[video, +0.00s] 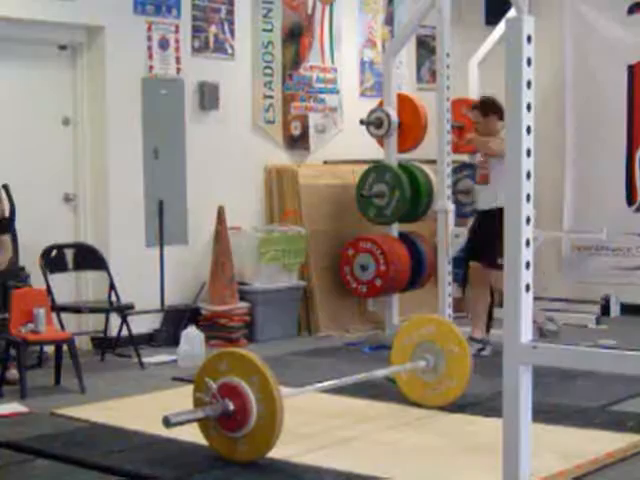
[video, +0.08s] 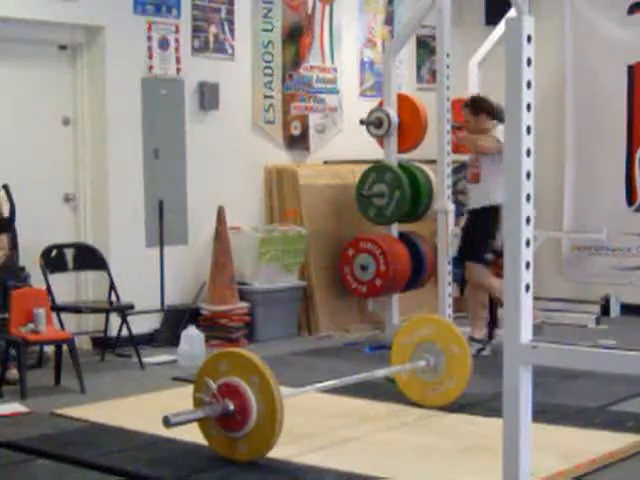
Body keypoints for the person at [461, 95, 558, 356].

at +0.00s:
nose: (474, 126)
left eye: (478, 120)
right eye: (474, 121)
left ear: (494, 119)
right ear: (490, 121)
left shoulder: (509, 142)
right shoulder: (487, 145)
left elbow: (493, 147)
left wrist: (473, 139)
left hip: (503, 211)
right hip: (484, 212)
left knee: (497, 276)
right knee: (477, 274)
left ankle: (537, 320)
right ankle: (478, 334)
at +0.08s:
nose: (466, 123)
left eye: (469, 118)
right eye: (466, 118)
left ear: (483, 117)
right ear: (483, 119)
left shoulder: (497, 138)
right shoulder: (481, 143)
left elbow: (485, 146)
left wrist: (465, 136)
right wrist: (466, 214)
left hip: (491, 206)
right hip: (477, 208)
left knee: (473, 268)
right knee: (475, 273)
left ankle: (515, 303)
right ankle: (478, 331)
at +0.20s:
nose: (450, 125)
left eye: (452, 120)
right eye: (449, 121)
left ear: (466, 116)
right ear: (465, 117)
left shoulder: (488, 133)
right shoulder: (471, 136)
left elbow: (471, 143)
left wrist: (451, 137)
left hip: (482, 202)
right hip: (465, 203)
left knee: (455, 266)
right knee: (472, 272)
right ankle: (480, 330)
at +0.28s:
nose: (447, 125)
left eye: (448, 120)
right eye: (445, 121)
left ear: (461, 116)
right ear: (460, 116)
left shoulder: (485, 133)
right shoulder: (465, 137)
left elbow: (470, 142)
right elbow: (454, 175)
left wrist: (448, 137)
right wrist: (456, 144)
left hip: (478, 202)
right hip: (460, 203)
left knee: (451, 268)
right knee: (472, 274)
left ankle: (469, 328)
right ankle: (479, 334)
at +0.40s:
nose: (434, 127)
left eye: (435, 122)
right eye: (433, 123)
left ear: (447, 117)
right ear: (447, 117)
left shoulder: (471, 134)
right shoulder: (452, 137)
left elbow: (455, 145)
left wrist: (433, 135)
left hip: (466, 206)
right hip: (448, 206)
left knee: (441, 270)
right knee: (465, 275)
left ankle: (439, 333)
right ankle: (477, 335)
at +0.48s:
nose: (413, 130)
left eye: (415, 125)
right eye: (412, 126)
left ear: (429, 120)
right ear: (425, 123)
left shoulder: (453, 137)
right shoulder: (428, 141)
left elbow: (441, 155)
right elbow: (398, 150)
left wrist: (418, 145)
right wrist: (383, 133)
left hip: (449, 208)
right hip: (432, 209)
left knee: (423, 273)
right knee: (454, 274)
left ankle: (418, 337)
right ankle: (476, 333)